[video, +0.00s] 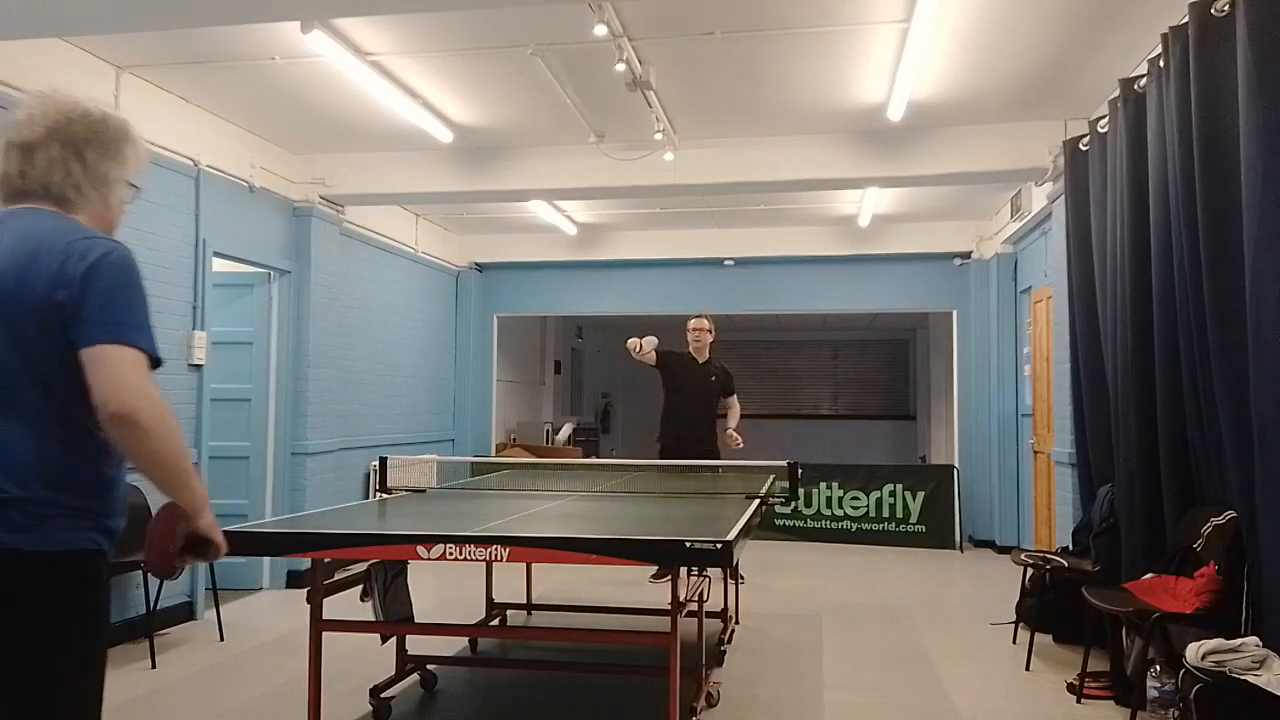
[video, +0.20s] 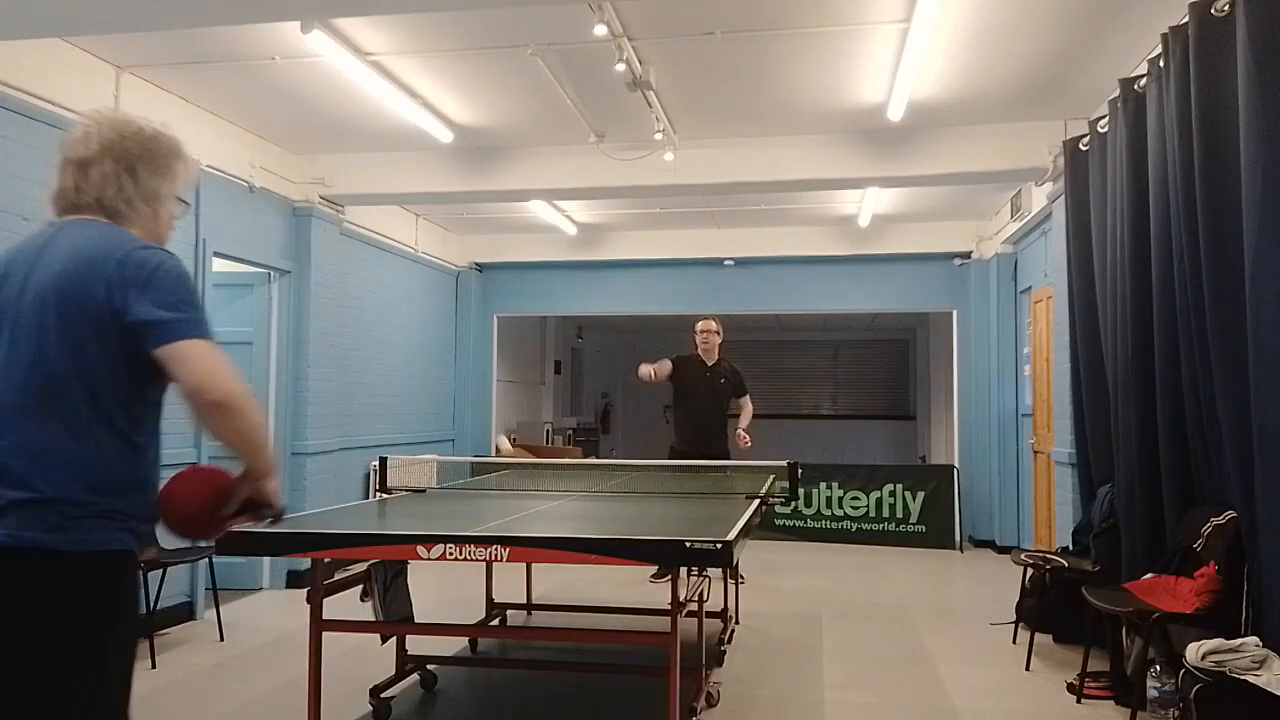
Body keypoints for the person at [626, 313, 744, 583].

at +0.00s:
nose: (698, 334)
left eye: (703, 331)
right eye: (694, 330)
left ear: (712, 336)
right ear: (687, 334)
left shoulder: (720, 371)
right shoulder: (670, 359)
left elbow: (733, 404)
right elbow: (641, 353)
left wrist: (729, 428)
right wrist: (638, 343)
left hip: (705, 450)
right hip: (672, 448)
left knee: (712, 506)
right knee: (668, 506)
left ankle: (727, 560)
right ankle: (668, 560)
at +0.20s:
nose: (705, 336)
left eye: (710, 332)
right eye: (701, 332)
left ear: (720, 337)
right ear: (695, 337)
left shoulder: (730, 372)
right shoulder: (681, 363)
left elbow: (746, 406)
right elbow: (658, 369)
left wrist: (741, 428)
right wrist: (647, 370)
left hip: (716, 453)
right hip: (683, 451)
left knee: (722, 508)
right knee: (672, 506)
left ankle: (729, 561)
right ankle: (668, 560)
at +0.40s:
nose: (704, 340)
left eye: (710, 336)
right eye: (700, 336)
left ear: (719, 339)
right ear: (694, 339)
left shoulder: (731, 372)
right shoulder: (683, 367)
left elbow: (748, 406)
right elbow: (651, 391)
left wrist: (740, 428)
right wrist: (655, 408)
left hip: (720, 454)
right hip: (687, 452)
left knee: (725, 509)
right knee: (679, 508)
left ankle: (730, 562)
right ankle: (677, 562)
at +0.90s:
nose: (691, 359)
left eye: (696, 354)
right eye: (687, 355)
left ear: (707, 354)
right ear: (681, 357)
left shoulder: (725, 382)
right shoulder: (675, 383)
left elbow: (746, 417)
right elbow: (655, 417)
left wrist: (732, 442)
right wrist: (667, 443)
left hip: (721, 465)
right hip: (687, 465)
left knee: (735, 515)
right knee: (678, 511)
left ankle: (748, 572)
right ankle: (677, 563)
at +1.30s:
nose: (696, 357)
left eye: (702, 352)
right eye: (693, 352)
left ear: (715, 350)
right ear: (689, 351)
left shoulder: (731, 380)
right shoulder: (681, 372)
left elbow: (747, 416)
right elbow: (648, 381)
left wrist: (736, 440)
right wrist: (651, 406)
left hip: (721, 459)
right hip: (686, 457)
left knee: (735, 513)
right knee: (674, 509)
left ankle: (748, 572)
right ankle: (678, 562)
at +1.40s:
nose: (704, 349)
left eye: (709, 344)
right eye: (700, 344)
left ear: (721, 345)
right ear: (696, 344)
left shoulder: (736, 377)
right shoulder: (687, 364)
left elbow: (750, 413)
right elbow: (656, 361)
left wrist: (741, 435)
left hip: (723, 457)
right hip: (688, 455)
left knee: (735, 512)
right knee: (676, 508)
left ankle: (748, 572)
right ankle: (678, 561)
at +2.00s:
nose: (724, 337)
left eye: (729, 333)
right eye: (720, 333)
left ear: (742, 335)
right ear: (716, 335)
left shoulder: (755, 370)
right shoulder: (705, 363)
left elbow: (772, 409)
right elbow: (677, 385)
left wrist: (759, 432)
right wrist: (656, 394)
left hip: (739, 455)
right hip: (703, 453)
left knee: (746, 515)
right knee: (686, 508)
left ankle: (749, 573)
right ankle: (678, 566)